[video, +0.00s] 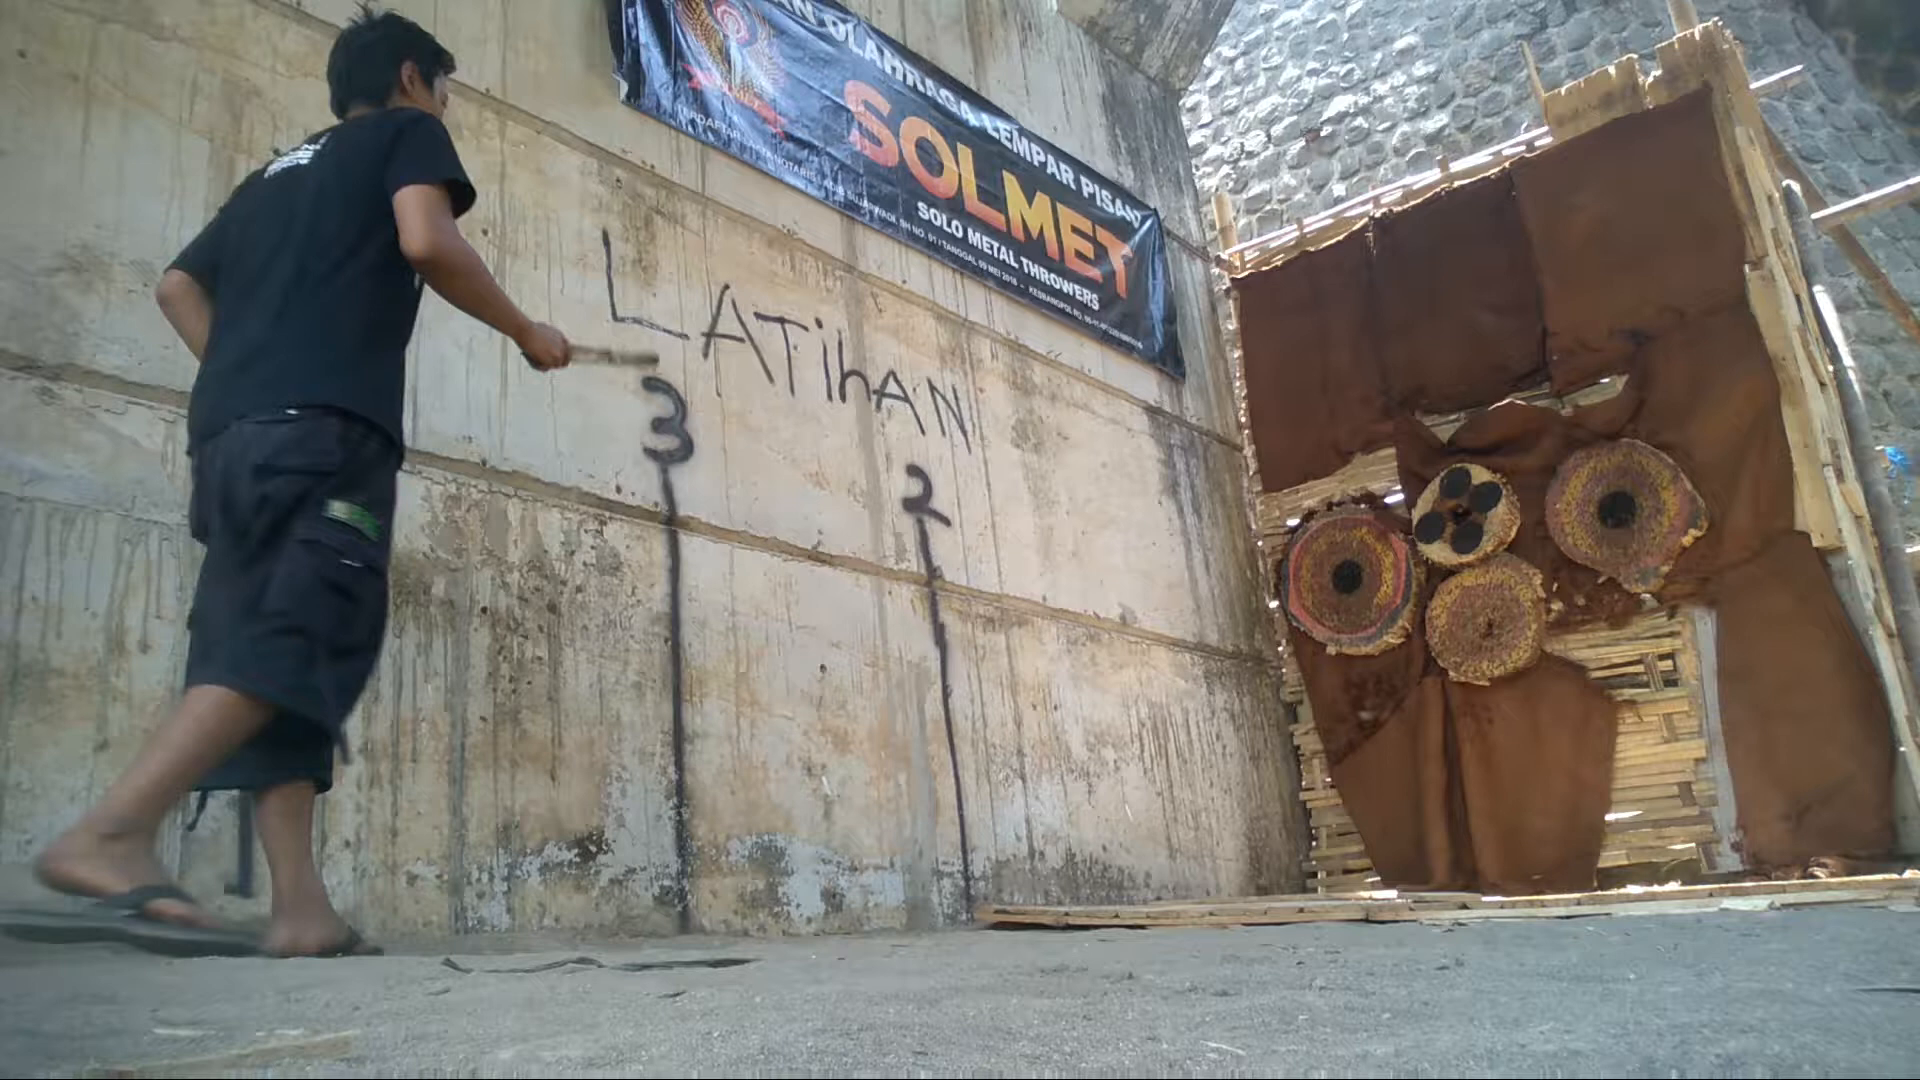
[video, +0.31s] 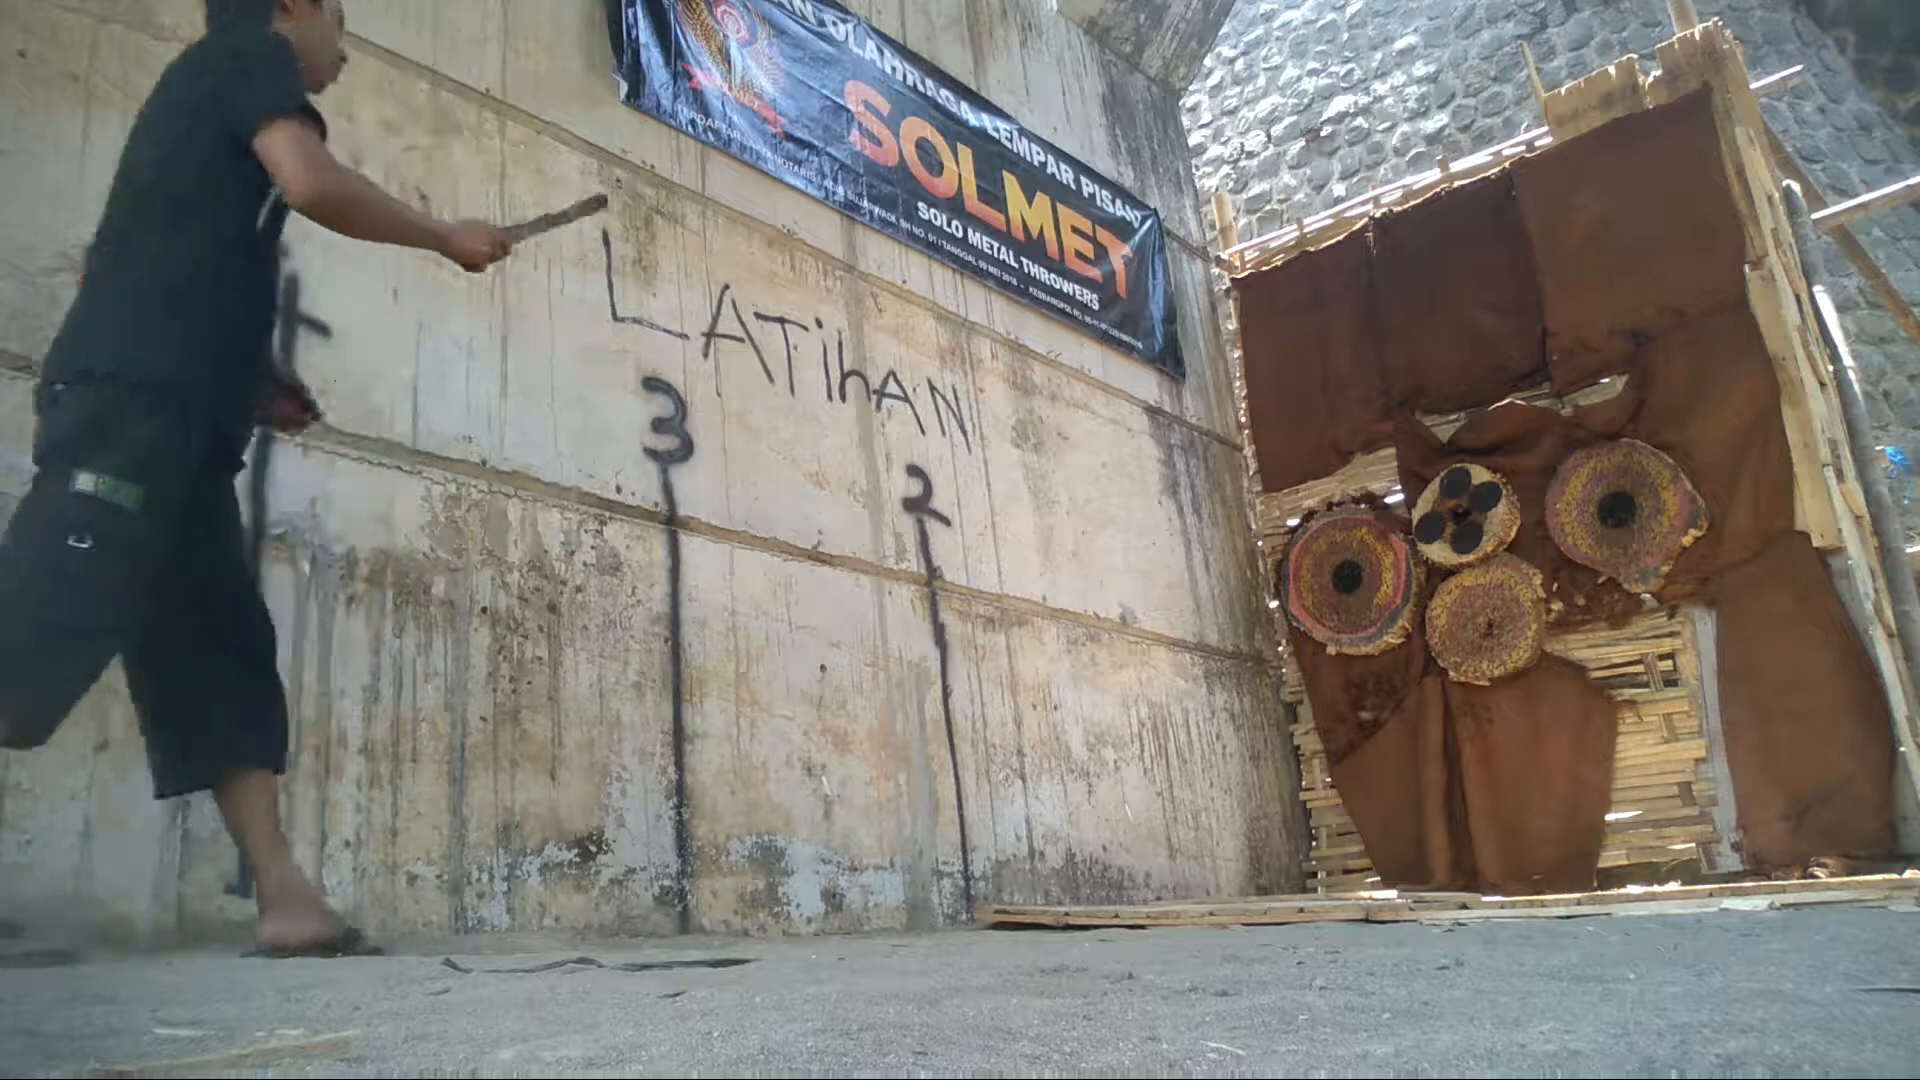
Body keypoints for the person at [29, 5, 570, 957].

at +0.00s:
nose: (443, 108)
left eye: (446, 96)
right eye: (441, 93)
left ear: (345, 89)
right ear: (409, 80)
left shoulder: (269, 178)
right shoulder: (408, 131)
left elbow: (180, 284)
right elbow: (428, 240)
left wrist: (242, 379)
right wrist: (525, 327)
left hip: (228, 428)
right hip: (324, 421)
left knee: (273, 658)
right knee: (296, 642)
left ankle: (302, 911)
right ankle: (107, 837)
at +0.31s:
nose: (345, 48)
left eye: (344, 27)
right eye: (339, 23)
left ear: (270, 14)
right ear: (292, 9)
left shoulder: (209, 86)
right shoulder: (249, 55)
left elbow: (171, 262)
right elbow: (310, 182)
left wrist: (252, 377)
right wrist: (445, 236)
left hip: (171, 422)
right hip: (134, 402)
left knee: (219, 650)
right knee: (28, 645)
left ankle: (286, 899)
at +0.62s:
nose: (243, 15)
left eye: (245, 10)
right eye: (243, 3)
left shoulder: (125, 43)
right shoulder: (132, 9)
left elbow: (82, 208)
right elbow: (216, 112)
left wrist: (170, 323)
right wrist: (368, 148)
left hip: (120, 390)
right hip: (64, 377)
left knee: (160, 635)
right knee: (30, 629)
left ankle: (191, 900)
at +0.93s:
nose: (178, 9)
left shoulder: (66, 50)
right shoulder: (73, 17)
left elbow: (50, 241)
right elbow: (207, 54)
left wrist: (191, 301)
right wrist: (353, 65)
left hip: (103, 390)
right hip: (53, 378)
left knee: (192, 622)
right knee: (22, 631)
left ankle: (209, 887)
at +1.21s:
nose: (229, 5)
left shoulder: (157, 68)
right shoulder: (97, 30)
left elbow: (116, 267)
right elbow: (81, 251)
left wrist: (245, 312)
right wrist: (231, 305)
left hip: (153, 408)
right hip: (77, 396)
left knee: (214, 629)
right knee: (21, 636)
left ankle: (254, 900)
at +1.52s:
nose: (291, 31)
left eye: (286, 18)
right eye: (280, 16)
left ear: (187, 34)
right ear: (246, 17)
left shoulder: (119, 139)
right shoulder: (273, 74)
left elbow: (89, 301)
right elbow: (467, 117)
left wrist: (266, 340)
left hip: (107, 387)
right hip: (173, 385)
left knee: (229, 633)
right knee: (59, 623)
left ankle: (255, 901)